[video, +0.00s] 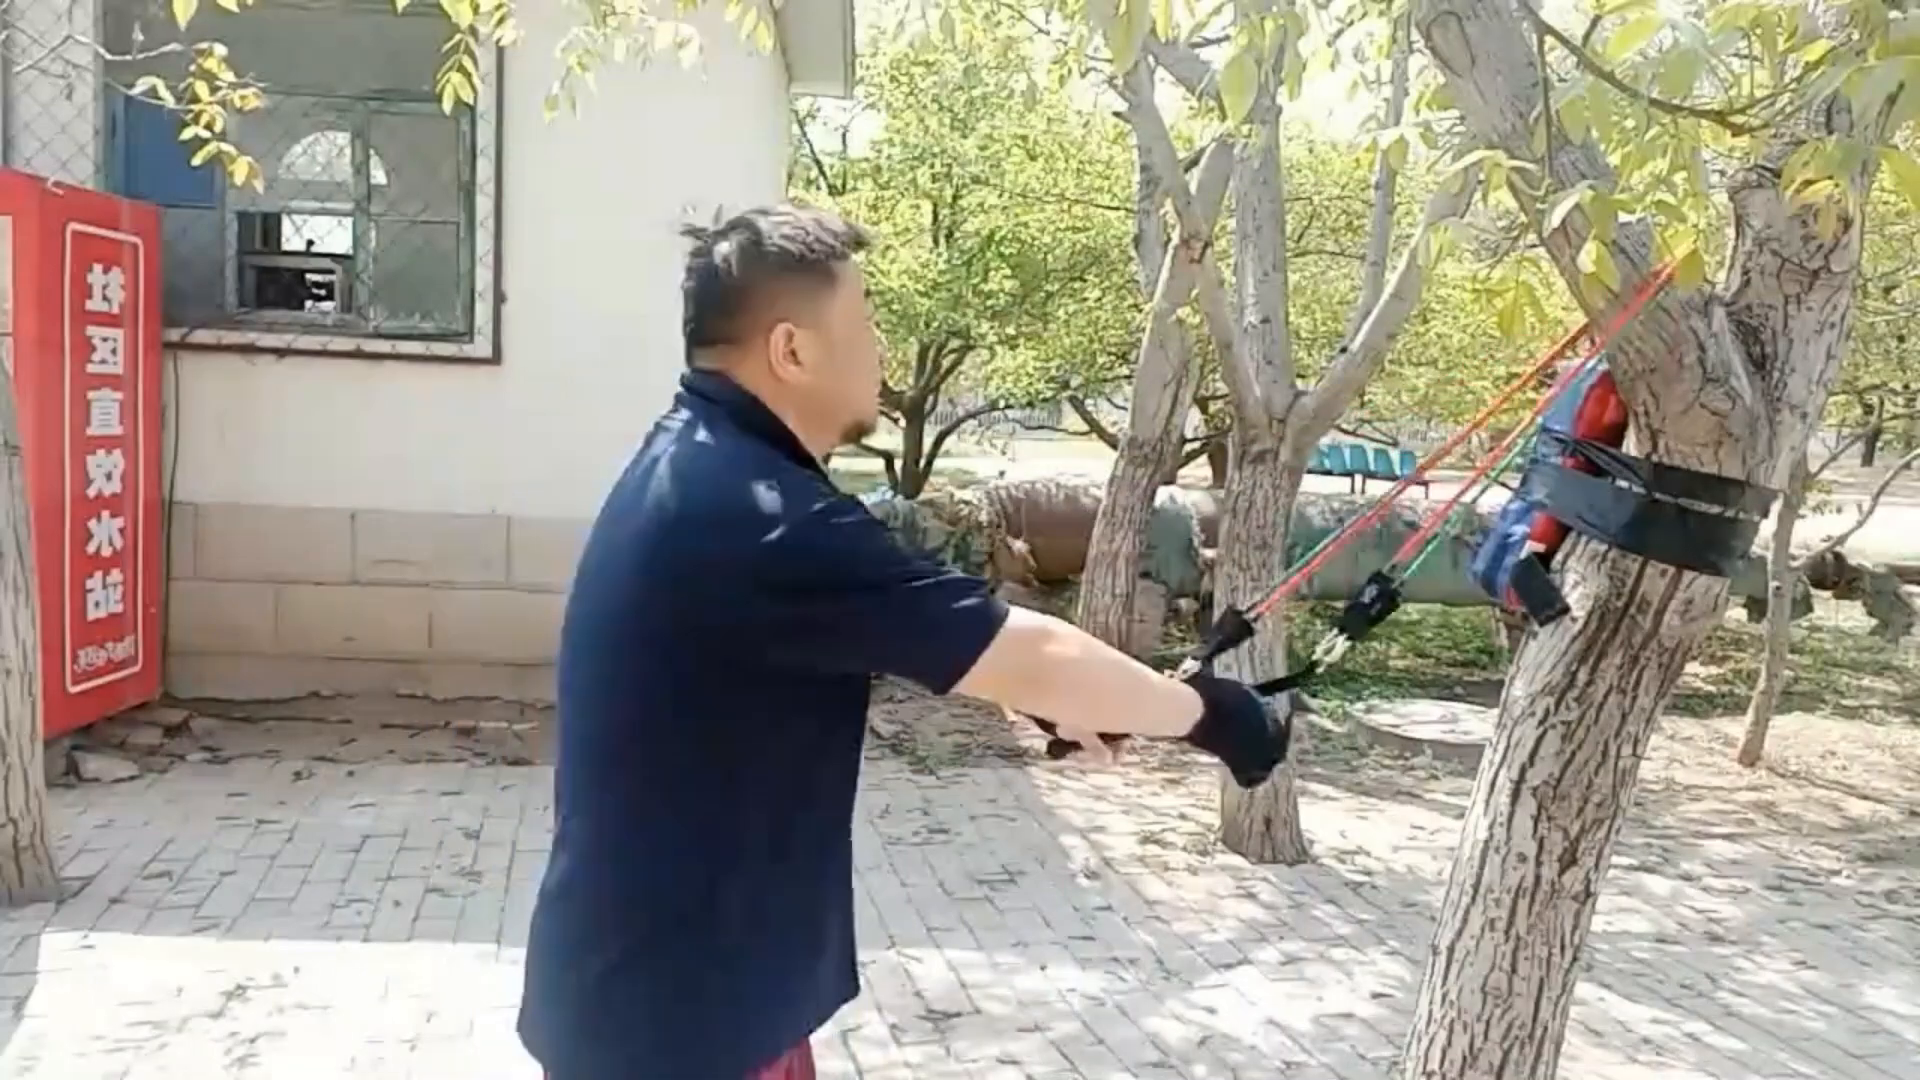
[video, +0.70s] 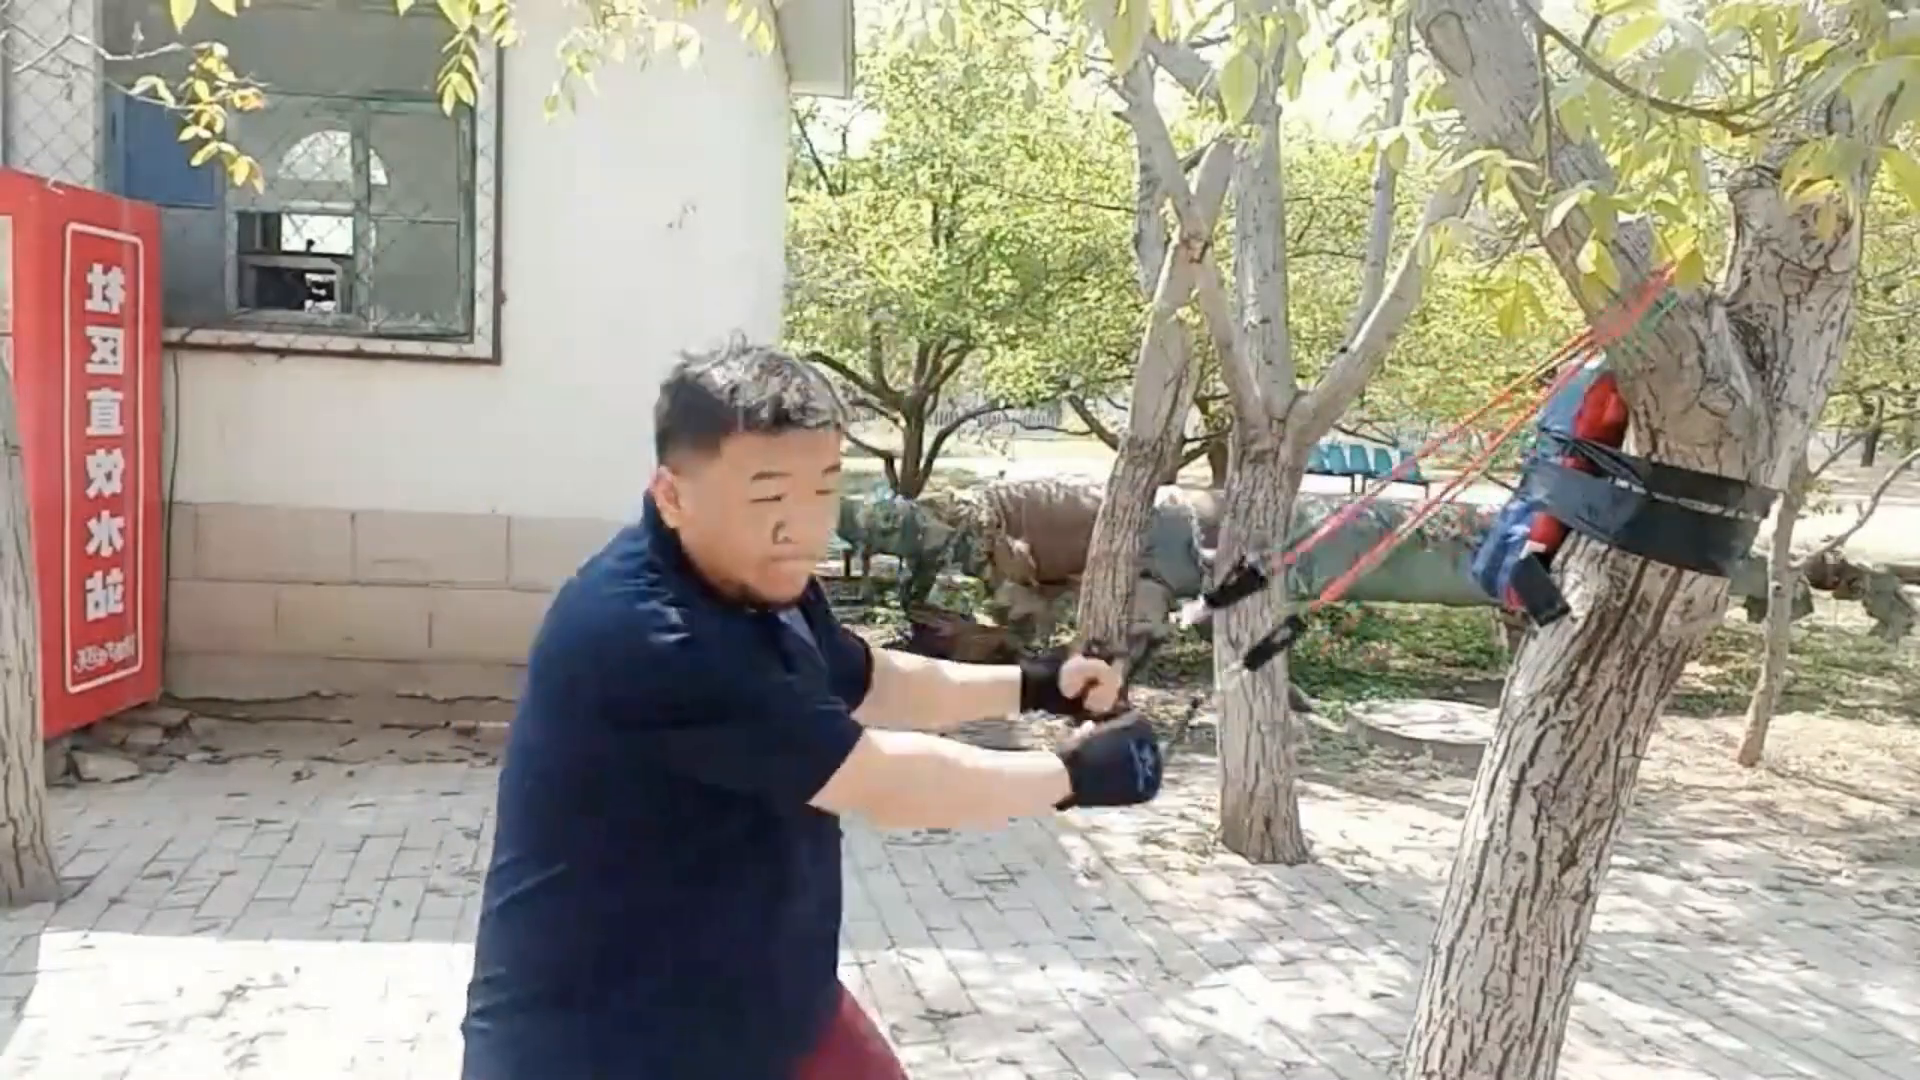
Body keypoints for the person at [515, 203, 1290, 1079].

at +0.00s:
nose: (880, 352)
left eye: (871, 323)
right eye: (863, 324)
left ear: (774, 349)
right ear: (788, 352)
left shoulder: (685, 467)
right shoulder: (772, 518)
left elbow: (916, 623)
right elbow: (1029, 658)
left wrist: (1047, 696)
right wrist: (1208, 711)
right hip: (703, 1025)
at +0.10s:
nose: (875, 350)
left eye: (864, 320)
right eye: (855, 322)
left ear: (766, 352)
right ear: (777, 354)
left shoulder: (686, 471)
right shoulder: (764, 516)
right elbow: (1007, 636)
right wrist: (1210, 643)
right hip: (699, 1025)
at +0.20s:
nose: (866, 372)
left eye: (855, 342)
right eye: (843, 344)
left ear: (748, 375)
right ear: (756, 374)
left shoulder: (698, 493)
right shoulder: (713, 527)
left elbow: (947, 602)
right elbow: (977, 609)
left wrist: (1150, 571)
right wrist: (1183, 567)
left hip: (775, 998)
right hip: (687, 1030)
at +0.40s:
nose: (886, 404)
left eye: (877, 375)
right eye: (858, 376)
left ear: (757, 410)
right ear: (753, 405)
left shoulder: (786, 521)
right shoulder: (692, 537)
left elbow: (953, 601)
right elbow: (956, 606)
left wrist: (1152, 566)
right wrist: (1156, 567)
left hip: (779, 993)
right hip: (632, 1024)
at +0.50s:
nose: (914, 442)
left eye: (912, 416)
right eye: (888, 420)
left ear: (796, 449)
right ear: (784, 448)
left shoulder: (854, 565)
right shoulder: (723, 571)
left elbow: (983, 660)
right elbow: (987, 675)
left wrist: (1162, 646)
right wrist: (1174, 646)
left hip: (789, 991)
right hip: (623, 1025)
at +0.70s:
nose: (803, 528)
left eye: (823, 492)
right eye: (766, 495)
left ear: (839, 485)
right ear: (671, 495)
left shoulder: (762, 591)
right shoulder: (641, 635)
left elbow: (883, 687)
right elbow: (874, 780)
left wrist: (1036, 685)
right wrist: (1068, 773)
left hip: (780, 1018)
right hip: (602, 1049)